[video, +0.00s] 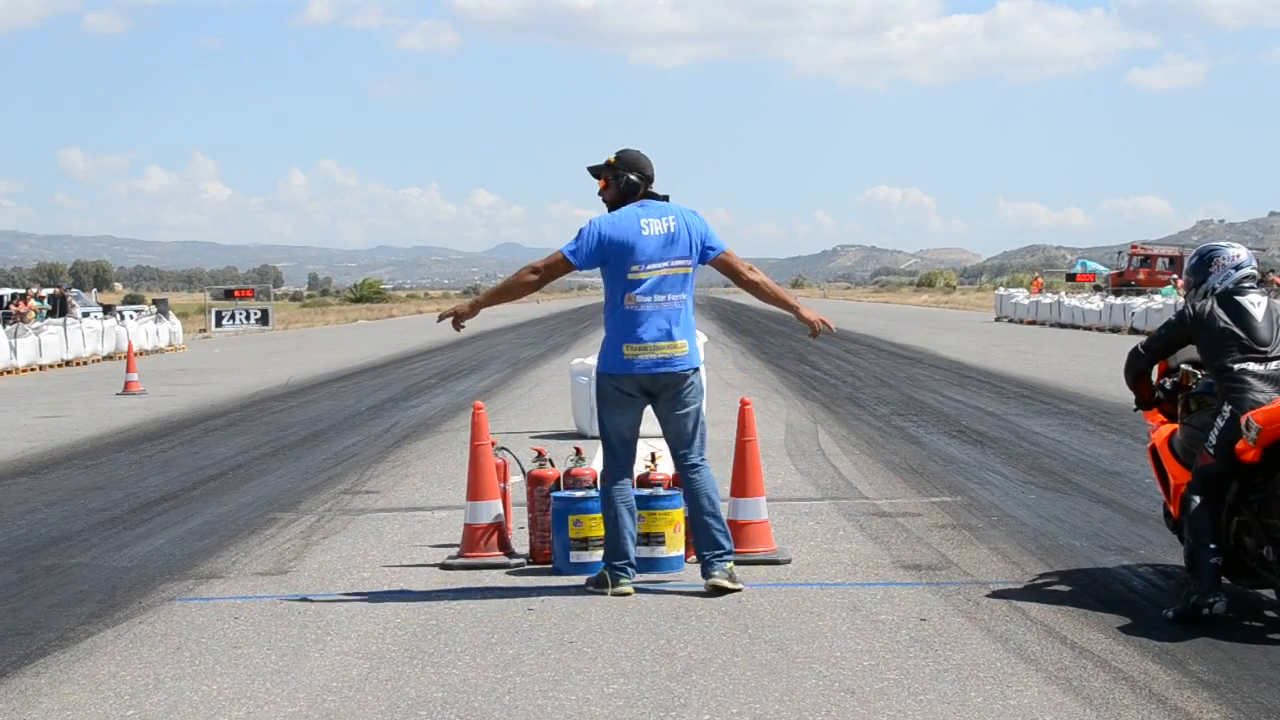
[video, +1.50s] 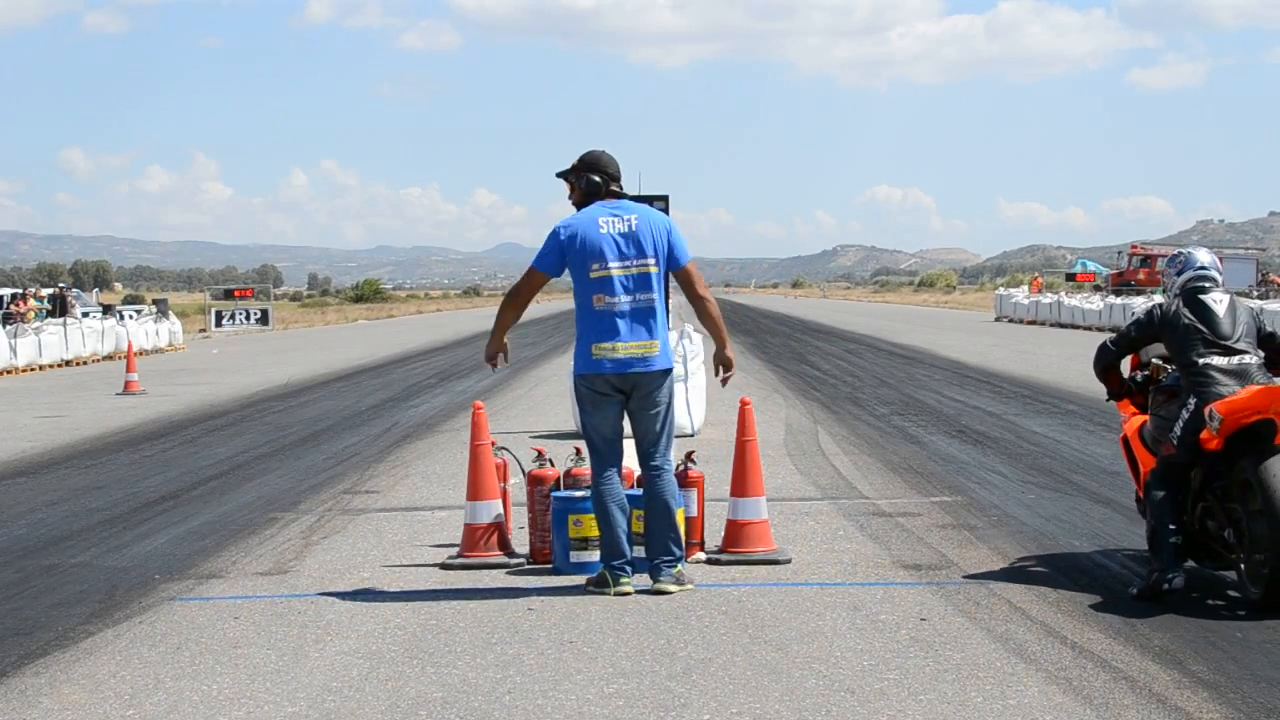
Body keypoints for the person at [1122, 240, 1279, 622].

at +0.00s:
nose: (1187, 288)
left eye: (1191, 280)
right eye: (1188, 281)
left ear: (1206, 276)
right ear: (1245, 268)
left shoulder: (1200, 309)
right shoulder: (1273, 303)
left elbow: (1139, 357)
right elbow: (1260, 353)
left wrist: (1148, 397)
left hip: (1244, 404)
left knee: (1199, 494)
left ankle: (1206, 592)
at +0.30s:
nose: (1188, 288)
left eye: (1191, 280)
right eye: (1189, 281)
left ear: (1204, 276)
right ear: (1247, 269)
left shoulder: (1200, 310)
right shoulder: (1272, 304)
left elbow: (1136, 359)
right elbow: (1259, 353)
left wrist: (1150, 398)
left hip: (1243, 405)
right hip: (1279, 399)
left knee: (1199, 490)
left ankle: (1205, 588)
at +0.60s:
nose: (1191, 283)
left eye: (1195, 276)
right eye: (1193, 277)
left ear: (1206, 273)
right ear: (1247, 270)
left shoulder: (1198, 310)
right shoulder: (1272, 304)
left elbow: (1135, 356)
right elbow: (1258, 354)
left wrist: (1147, 395)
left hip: (1240, 403)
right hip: (1279, 398)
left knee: (1193, 488)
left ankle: (1203, 574)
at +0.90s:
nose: (1190, 283)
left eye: (1193, 276)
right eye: (1191, 277)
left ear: (1204, 273)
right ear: (1245, 272)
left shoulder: (1195, 309)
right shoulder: (1271, 306)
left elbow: (1133, 353)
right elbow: (1260, 354)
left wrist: (1137, 389)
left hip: (1233, 403)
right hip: (1277, 398)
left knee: (1180, 485)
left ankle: (1196, 555)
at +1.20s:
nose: (1179, 283)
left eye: (1180, 277)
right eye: (1180, 278)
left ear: (1188, 276)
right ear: (1232, 275)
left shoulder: (1181, 310)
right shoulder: (1262, 310)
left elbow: (1119, 350)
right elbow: (1276, 348)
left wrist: (1126, 387)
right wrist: (1254, 362)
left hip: (1219, 405)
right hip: (1269, 398)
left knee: (1159, 477)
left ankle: (1165, 567)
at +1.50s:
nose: (1167, 282)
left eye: (1169, 275)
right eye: (1169, 275)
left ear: (1176, 275)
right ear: (1217, 274)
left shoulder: (1166, 310)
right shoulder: (1247, 308)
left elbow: (1105, 355)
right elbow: (1275, 344)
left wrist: (1119, 389)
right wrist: (1267, 369)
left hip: (1209, 401)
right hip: (1261, 392)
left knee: (1162, 480)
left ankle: (1165, 570)